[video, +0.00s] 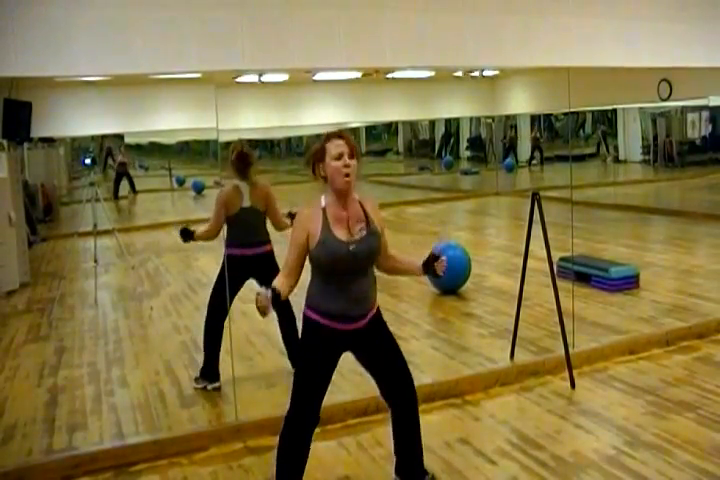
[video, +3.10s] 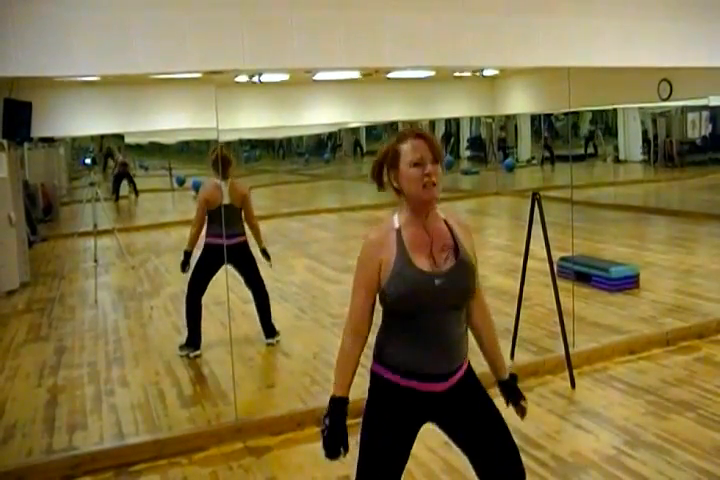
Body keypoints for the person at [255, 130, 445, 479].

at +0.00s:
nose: (347, 163)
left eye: (351, 156)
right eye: (338, 158)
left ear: (357, 163)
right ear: (321, 169)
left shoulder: (368, 209)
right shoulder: (308, 217)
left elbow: (384, 260)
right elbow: (289, 274)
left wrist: (423, 267)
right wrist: (273, 294)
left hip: (368, 325)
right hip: (322, 329)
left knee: (405, 398)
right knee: (302, 417)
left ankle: (411, 473)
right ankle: (287, 478)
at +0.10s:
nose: (351, 179)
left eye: (354, 172)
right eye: (341, 174)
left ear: (361, 179)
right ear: (325, 186)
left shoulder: (374, 225)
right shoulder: (313, 231)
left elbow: (395, 273)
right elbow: (290, 288)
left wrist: (433, 289)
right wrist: (277, 320)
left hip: (369, 335)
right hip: (322, 340)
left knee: (410, 400)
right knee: (300, 423)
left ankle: (411, 472)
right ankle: (286, 477)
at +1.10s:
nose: (368, 179)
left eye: (372, 172)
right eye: (358, 174)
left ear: (379, 180)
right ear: (340, 187)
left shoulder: (394, 228)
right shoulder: (328, 243)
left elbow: (414, 290)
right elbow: (304, 312)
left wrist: (445, 344)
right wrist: (285, 373)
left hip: (393, 353)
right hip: (340, 359)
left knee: (441, 427)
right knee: (312, 452)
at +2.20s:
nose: (403, 194)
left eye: (407, 187)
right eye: (391, 189)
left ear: (415, 196)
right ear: (372, 204)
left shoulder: (431, 249)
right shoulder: (360, 259)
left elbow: (453, 311)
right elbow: (330, 337)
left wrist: (482, 369)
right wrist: (304, 406)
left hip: (421, 377)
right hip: (365, 384)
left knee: (477, 447)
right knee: (337, 475)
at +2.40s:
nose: (407, 172)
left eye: (412, 163)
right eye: (395, 164)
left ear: (419, 170)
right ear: (374, 175)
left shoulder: (434, 218)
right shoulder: (362, 233)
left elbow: (466, 280)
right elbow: (326, 306)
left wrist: (515, 326)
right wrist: (294, 374)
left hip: (433, 367)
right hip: (377, 373)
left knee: (477, 449)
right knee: (347, 471)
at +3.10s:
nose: (429, 171)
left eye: (433, 162)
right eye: (417, 164)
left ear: (440, 170)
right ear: (394, 176)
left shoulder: (459, 230)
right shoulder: (380, 242)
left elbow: (476, 309)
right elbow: (356, 330)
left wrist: (504, 377)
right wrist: (337, 406)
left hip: (458, 386)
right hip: (396, 393)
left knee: (509, 473)